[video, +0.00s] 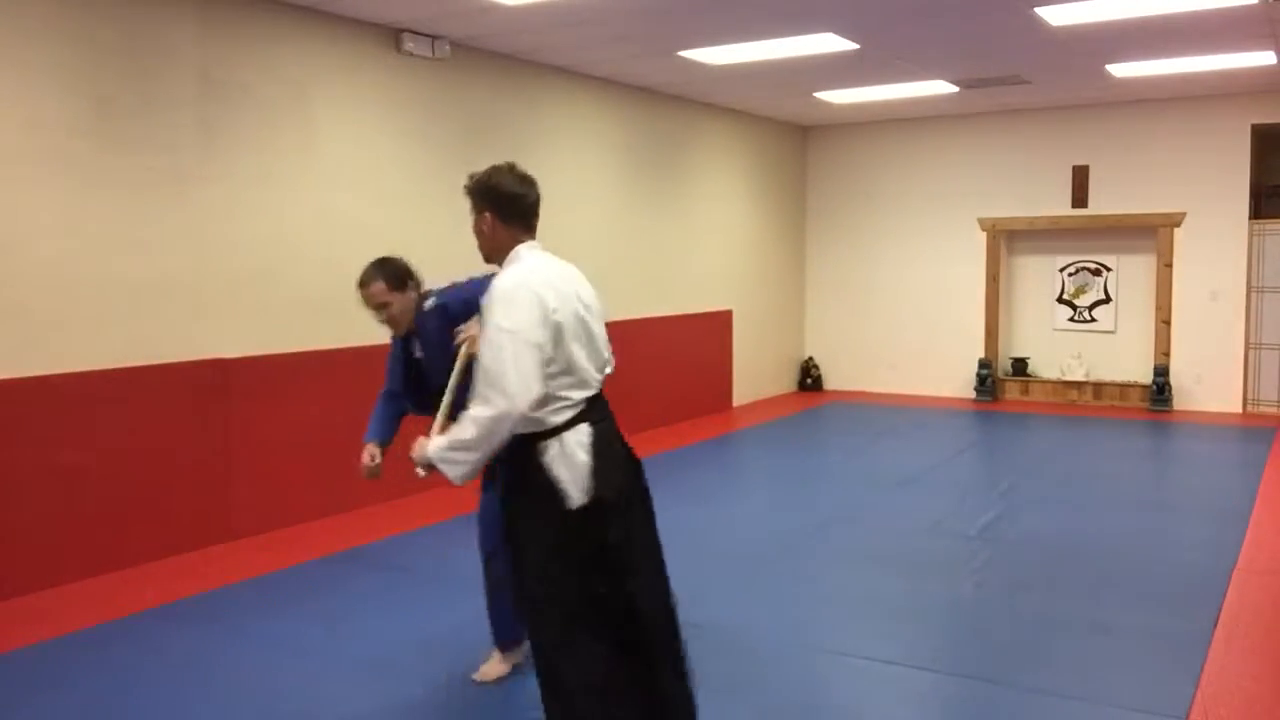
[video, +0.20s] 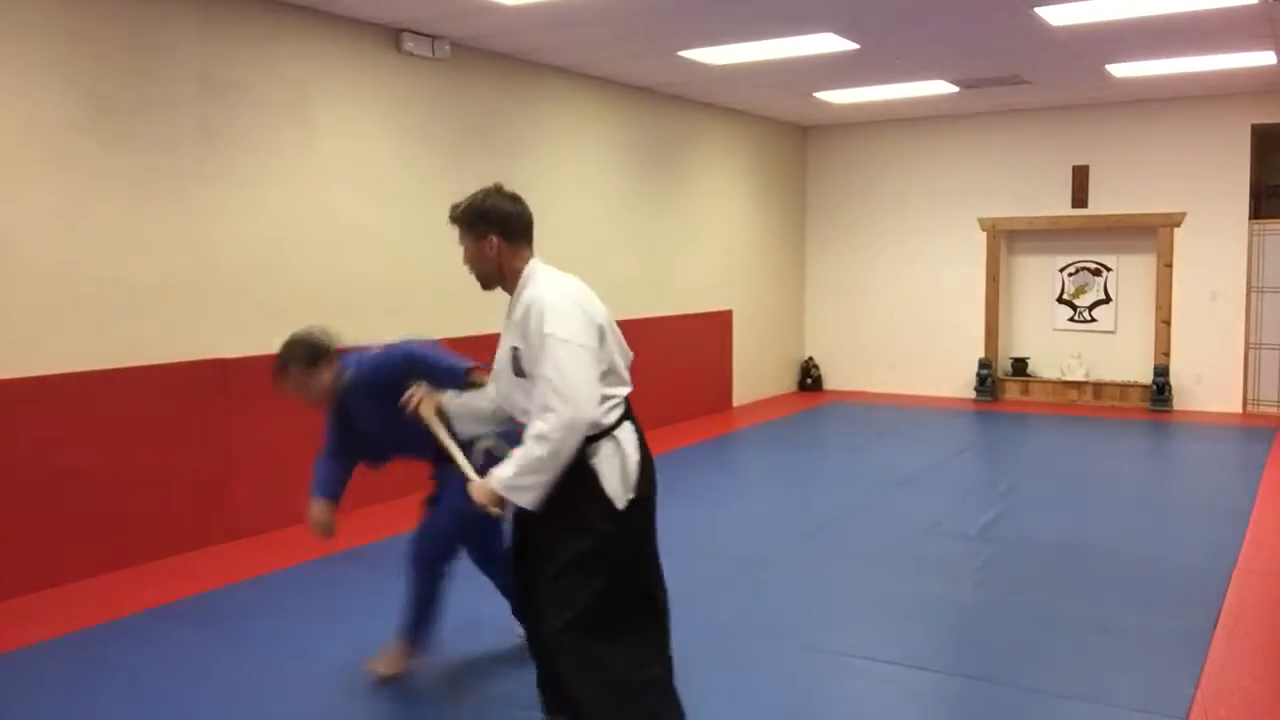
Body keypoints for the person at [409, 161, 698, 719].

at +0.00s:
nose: (474, 230)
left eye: (474, 219)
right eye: (474, 219)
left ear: (489, 221)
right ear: (530, 217)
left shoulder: (510, 291)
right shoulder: (566, 274)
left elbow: (507, 401)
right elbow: (592, 360)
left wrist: (440, 451)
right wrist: (497, 343)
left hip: (550, 463)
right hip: (602, 444)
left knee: (562, 611)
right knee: (628, 594)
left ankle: (588, 707)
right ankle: (658, 705)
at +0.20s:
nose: (464, 258)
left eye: (467, 245)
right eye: (463, 246)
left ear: (495, 244)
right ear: (505, 243)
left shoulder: (553, 302)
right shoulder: (526, 305)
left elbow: (570, 412)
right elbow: (510, 399)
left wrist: (503, 482)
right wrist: (445, 406)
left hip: (597, 472)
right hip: (561, 469)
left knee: (595, 613)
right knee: (546, 606)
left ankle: (625, 707)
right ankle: (573, 705)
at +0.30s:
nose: (462, 275)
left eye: (465, 261)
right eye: (460, 263)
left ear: (496, 258)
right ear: (498, 258)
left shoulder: (570, 308)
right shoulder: (521, 320)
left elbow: (594, 414)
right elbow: (490, 403)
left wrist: (532, 486)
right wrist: (423, 441)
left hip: (618, 466)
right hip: (573, 467)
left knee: (601, 613)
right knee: (559, 606)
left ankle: (624, 705)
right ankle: (584, 693)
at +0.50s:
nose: (476, 300)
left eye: (479, 287)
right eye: (471, 289)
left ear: (513, 277)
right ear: (511, 277)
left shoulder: (603, 314)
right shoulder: (511, 342)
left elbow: (659, 405)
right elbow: (482, 427)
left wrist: (619, 490)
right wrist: (439, 500)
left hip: (643, 468)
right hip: (584, 466)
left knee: (621, 602)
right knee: (551, 578)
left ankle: (633, 708)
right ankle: (577, 688)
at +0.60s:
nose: (484, 307)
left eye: (489, 294)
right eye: (480, 295)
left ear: (525, 282)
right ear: (521, 283)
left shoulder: (613, 317)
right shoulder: (511, 348)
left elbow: (677, 402)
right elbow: (487, 434)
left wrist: (651, 489)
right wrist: (456, 520)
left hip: (645, 468)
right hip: (587, 469)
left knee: (626, 597)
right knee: (550, 575)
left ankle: (639, 709)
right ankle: (577, 691)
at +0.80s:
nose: (496, 315)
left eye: (501, 303)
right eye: (491, 304)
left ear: (538, 289)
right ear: (532, 291)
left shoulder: (626, 322)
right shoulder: (519, 356)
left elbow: (703, 387)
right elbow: (512, 452)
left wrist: (710, 481)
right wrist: (508, 546)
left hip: (650, 478)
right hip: (590, 479)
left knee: (631, 608)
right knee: (550, 580)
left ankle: (651, 710)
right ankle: (580, 690)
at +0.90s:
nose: (503, 314)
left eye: (508, 301)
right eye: (498, 303)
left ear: (546, 288)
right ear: (539, 290)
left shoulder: (633, 322)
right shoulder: (522, 357)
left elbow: (710, 386)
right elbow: (522, 454)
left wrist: (721, 478)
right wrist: (523, 548)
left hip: (656, 479)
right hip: (592, 481)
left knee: (637, 613)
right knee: (557, 593)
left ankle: (653, 711)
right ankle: (582, 691)